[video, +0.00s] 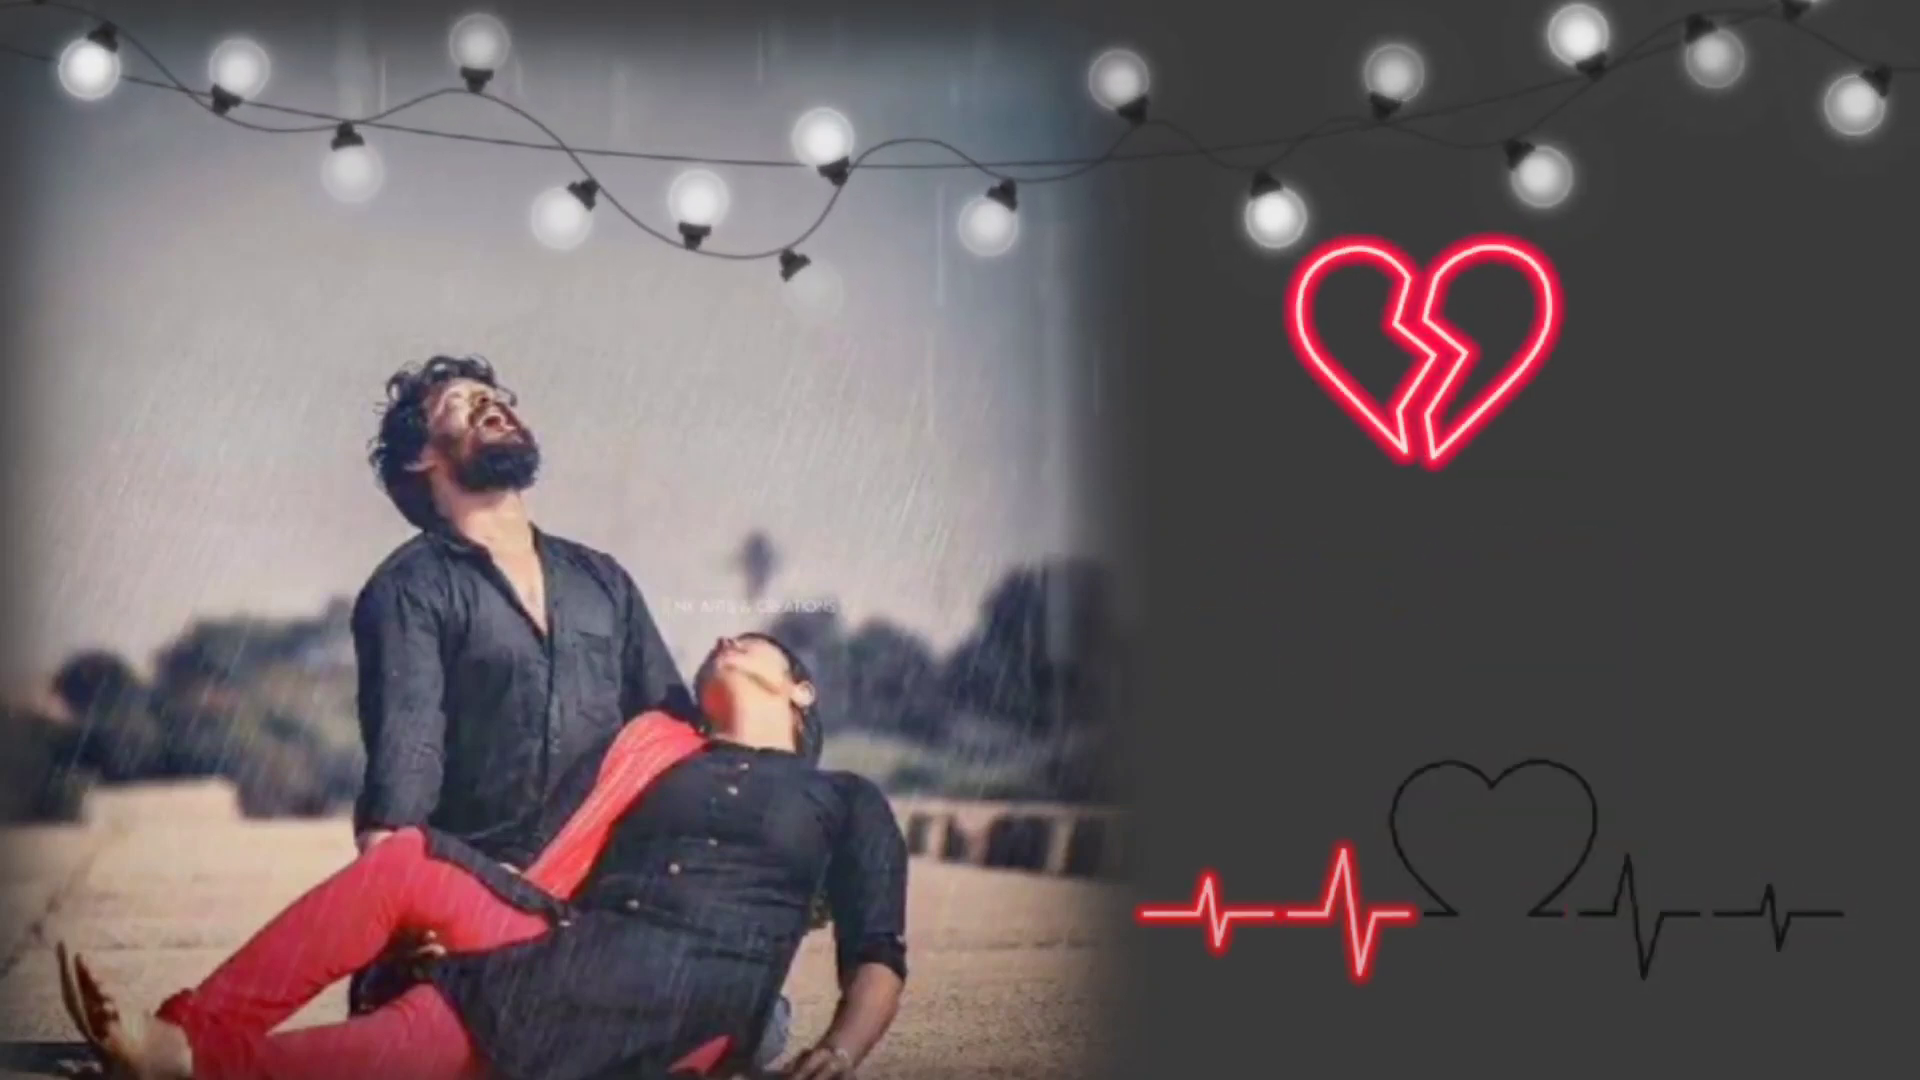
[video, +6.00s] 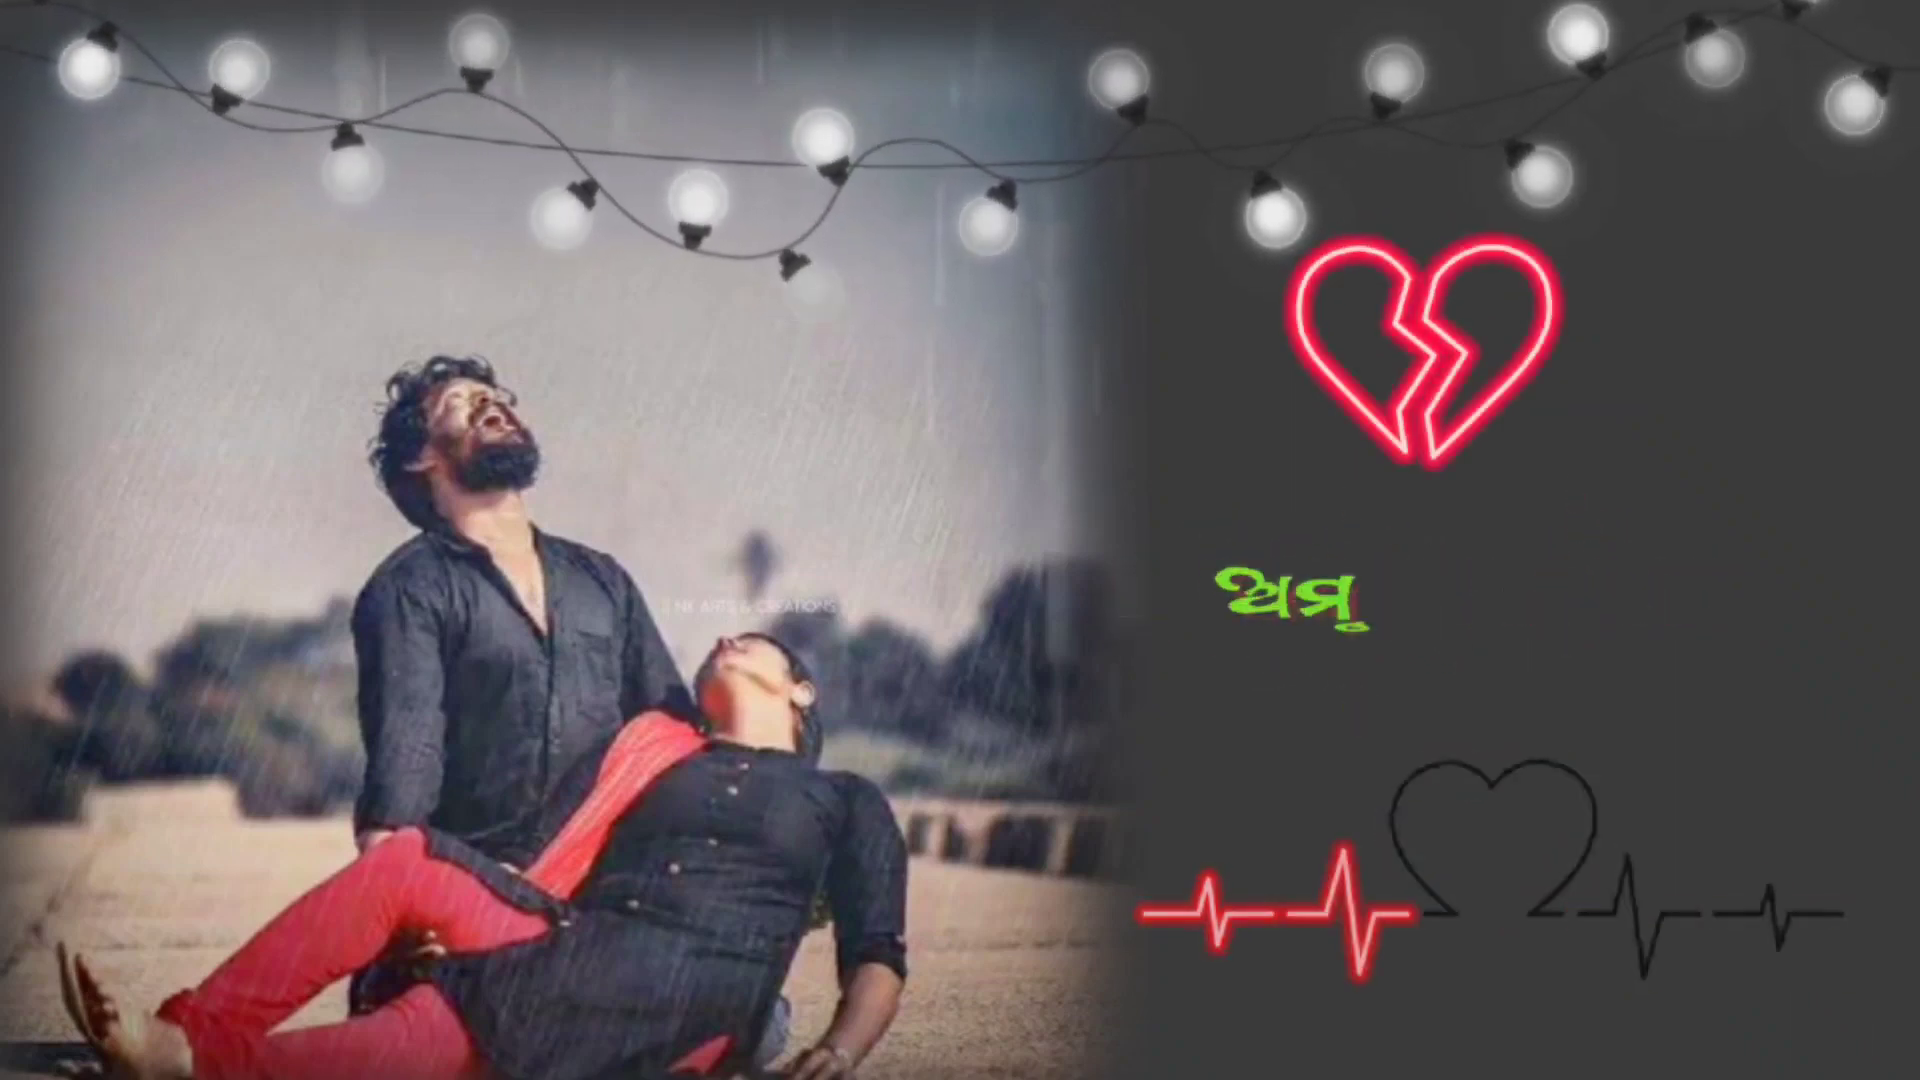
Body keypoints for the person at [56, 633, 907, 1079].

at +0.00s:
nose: (722, 662)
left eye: (749, 657)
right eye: (717, 661)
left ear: (799, 699)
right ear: (708, 699)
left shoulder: (843, 798)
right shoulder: (663, 757)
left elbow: (878, 967)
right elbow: (576, 894)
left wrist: (835, 1066)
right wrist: (457, 948)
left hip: (693, 981)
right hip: (588, 945)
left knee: (448, 1029)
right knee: (400, 860)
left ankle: (186, 1059)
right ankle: (178, 1040)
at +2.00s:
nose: (721, 658)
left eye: (749, 654)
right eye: (716, 657)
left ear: (799, 699)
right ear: (709, 699)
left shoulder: (844, 798)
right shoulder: (662, 753)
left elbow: (879, 968)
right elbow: (572, 891)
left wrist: (834, 1065)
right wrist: (455, 945)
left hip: (691, 984)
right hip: (585, 946)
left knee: (450, 1029)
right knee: (400, 862)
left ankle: (188, 1057)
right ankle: (179, 1041)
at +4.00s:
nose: (721, 660)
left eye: (749, 656)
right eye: (717, 659)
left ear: (799, 699)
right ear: (709, 698)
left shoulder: (844, 798)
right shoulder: (662, 755)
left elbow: (879, 967)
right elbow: (574, 892)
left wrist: (836, 1063)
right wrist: (455, 949)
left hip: (693, 982)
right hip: (587, 946)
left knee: (451, 1028)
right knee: (400, 859)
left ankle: (187, 1058)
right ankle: (178, 1041)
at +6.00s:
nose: (721, 660)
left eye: (749, 656)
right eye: (717, 659)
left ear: (799, 699)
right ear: (709, 698)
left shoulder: (844, 798)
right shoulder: (662, 755)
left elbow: (879, 967)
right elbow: (574, 892)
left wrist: (836, 1063)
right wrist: (455, 949)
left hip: (693, 982)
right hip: (587, 945)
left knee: (451, 1028)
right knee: (400, 859)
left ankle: (188, 1058)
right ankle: (178, 1041)